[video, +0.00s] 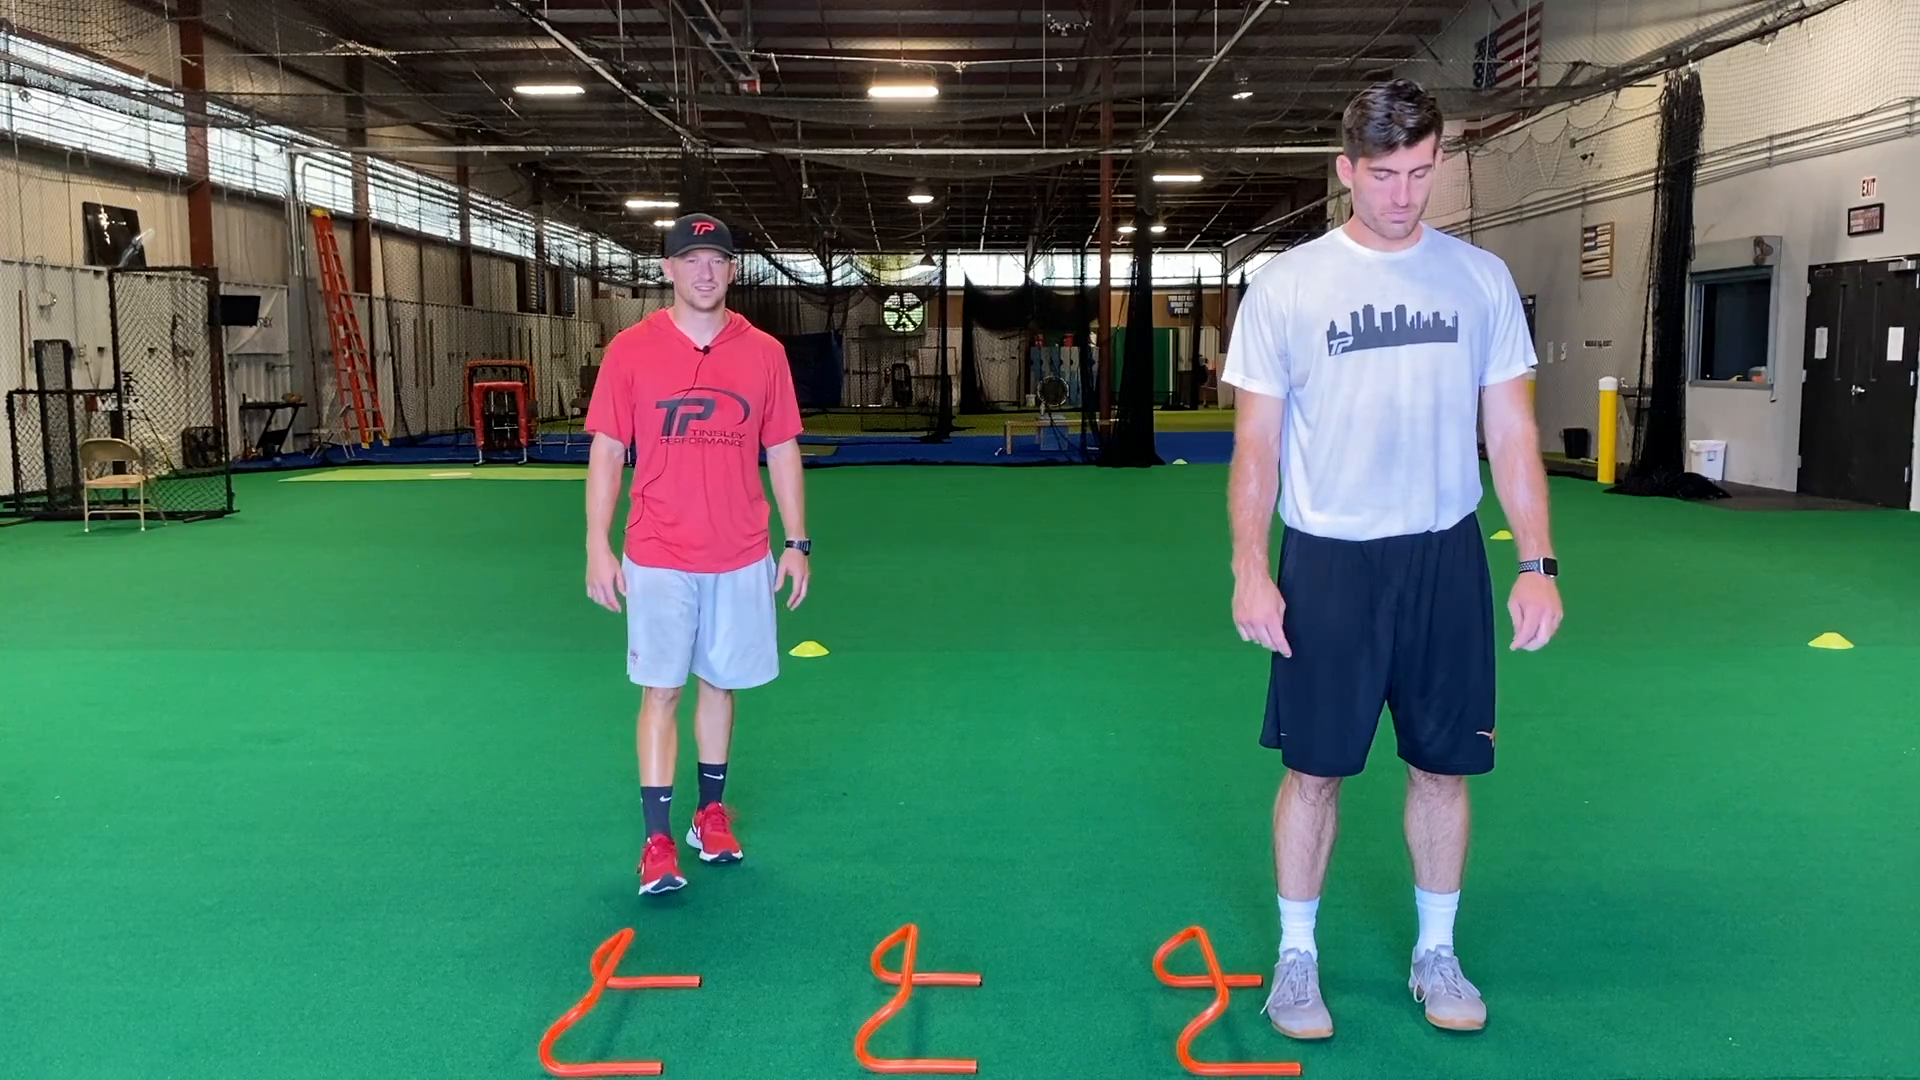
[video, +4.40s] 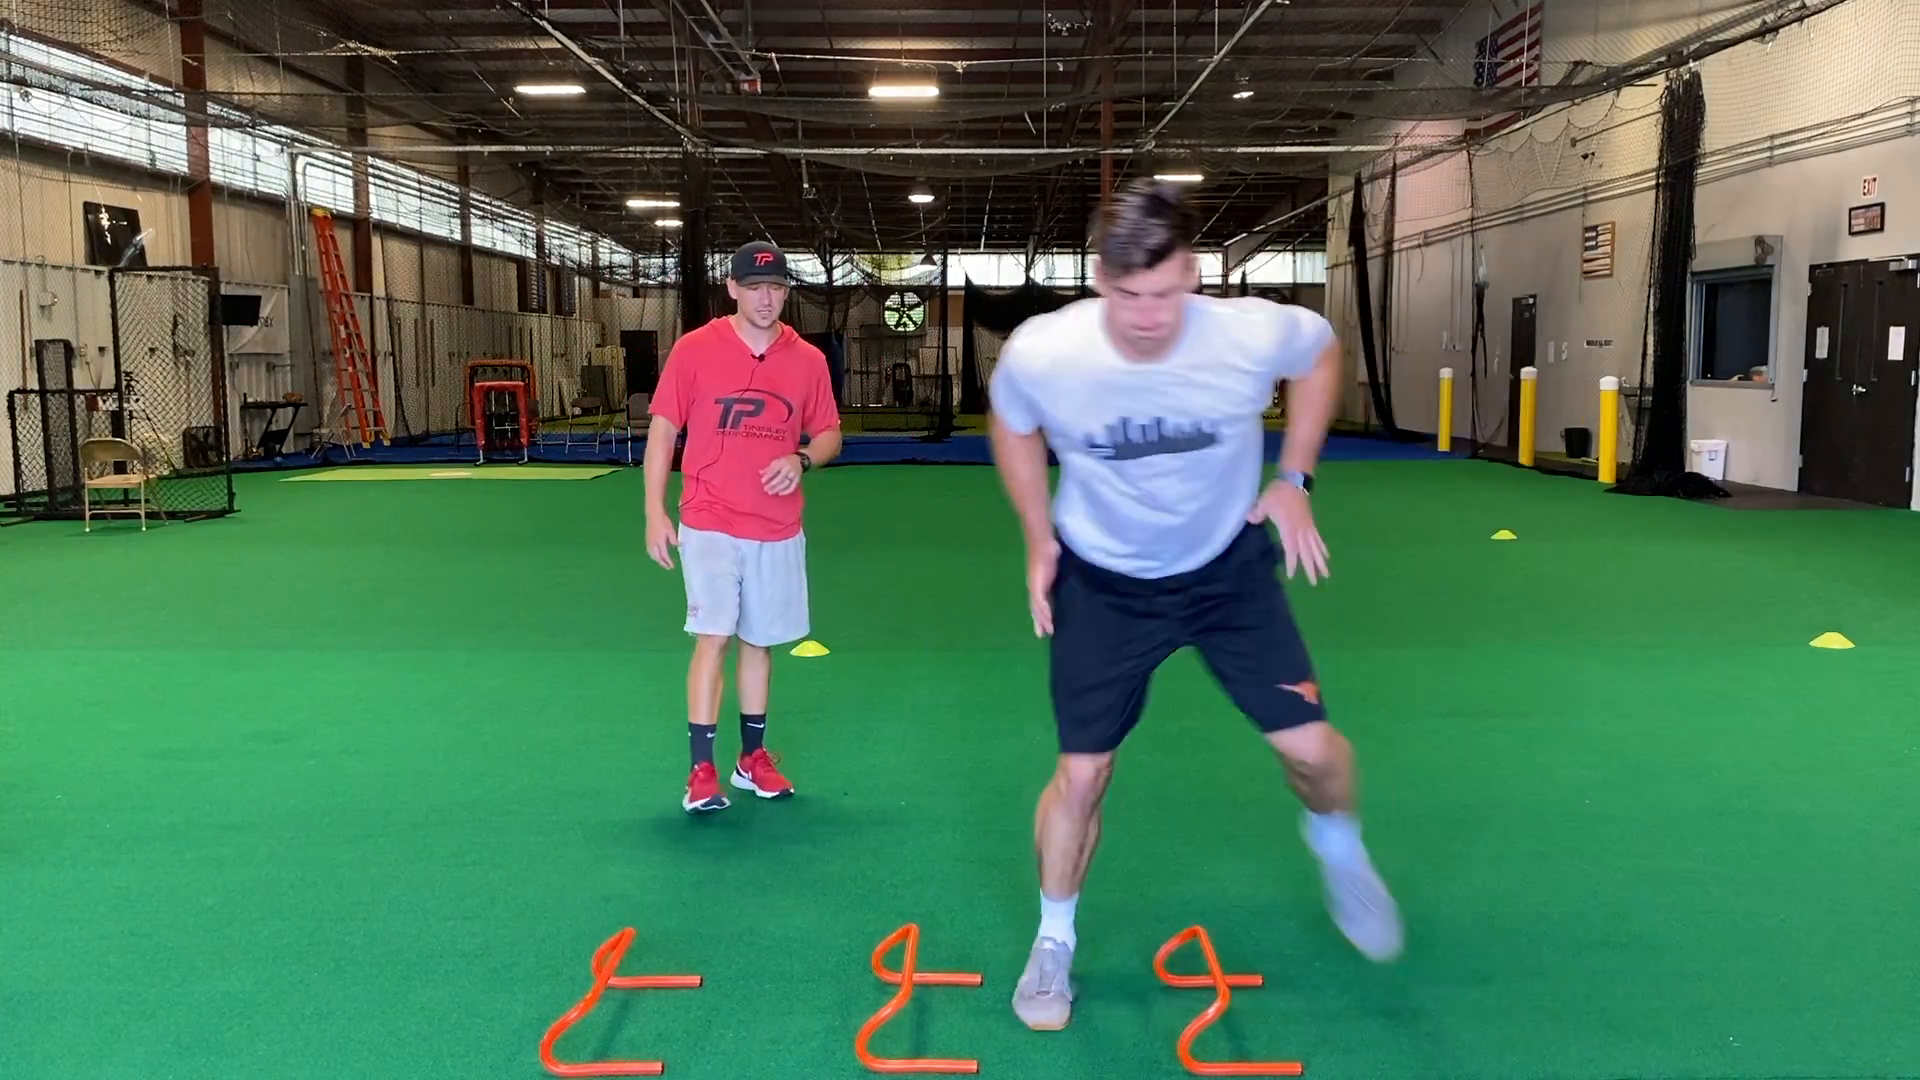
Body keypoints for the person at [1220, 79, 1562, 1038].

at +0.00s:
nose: (1405, 192)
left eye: (1421, 170)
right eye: (1387, 174)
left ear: (1440, 164)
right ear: (1347, 169)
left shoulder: (1481, 278)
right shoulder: (1283, 286)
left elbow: (1513, 435)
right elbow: (1255, 446)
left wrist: (1536, 561)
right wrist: (1251, 571)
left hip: (1445, 559)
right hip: (1328, 562)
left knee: (1444, 762)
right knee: (1315, 769)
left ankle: (1437, 956)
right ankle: (1296, 960)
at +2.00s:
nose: (1363, 234)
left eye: (1380, 215)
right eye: (1346, 215)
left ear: (1402, 194)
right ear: (1308, 191)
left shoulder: (1444, 274)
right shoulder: (1249, 298)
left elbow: (1479, 422)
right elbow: (1225, 458)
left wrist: (1497, 552)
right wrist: (1223, 590)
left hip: (1419, 557)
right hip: (1302, 564)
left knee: (1445, 759)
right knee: (1300, 766)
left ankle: (1437, 950)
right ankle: (1294, 959)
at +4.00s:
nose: (1396, 367)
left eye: (1414, 347)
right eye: (1377, 347)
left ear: (1436, 322)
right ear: (1338, 318)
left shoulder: (1476, 381)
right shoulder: (1257, 374)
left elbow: (1517, 467)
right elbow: (1192, 449)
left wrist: (1499, 598)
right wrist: (1214, 586)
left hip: (1394, 581)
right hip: (1275, 580)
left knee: (1418, 769)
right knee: (1288, 763)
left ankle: (1424, 958)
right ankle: (1300, 952)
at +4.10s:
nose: (1367, 377)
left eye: (1386, 357)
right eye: (1349, 357)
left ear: (1410, 334)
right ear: (1309, 329)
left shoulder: (1451, 409)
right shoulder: (1229, 380)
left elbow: (1487, 514)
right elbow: (1177, 440)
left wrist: (1461, 647)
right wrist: (1180, 571)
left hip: (1369, 578)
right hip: (1248, 573)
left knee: (1410, 772)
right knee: (1259, 756)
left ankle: (1421, 957)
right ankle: (1275, 871)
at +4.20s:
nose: (1316, 376)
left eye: (1336, 356)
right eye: (1298, 355)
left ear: (1363, 335)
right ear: (1262, 331)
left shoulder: (1408, 421)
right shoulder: (1197, 388)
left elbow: (1440, 527)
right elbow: (1138, 424)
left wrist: (1387, 628)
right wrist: (1126, 539)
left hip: (1341, 590)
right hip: (1216, 579)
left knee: (1400, 789)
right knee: (1199, 739)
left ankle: (1422, 961)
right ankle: (1190, 814)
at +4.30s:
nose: (1237, 342)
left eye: (1254, 322)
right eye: (1220, 322)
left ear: (1280, 298)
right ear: (1181, 302)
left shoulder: (1334, 371)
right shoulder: (1121, 364)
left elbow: (1390, 441)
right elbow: (1078, 403)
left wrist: (1331, 516)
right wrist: (1082, 521)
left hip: (1293, 582)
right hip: (1163, 572)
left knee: (1360, 764)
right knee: (1116, 735)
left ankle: (1423, 947)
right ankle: (1091, 877)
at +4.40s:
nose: (1149, 313)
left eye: (1165, 293)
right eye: (1130, 295)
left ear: (1193, 275)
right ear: (1099, 279)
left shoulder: (1250, 333)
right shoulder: (1039, 354)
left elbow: (1320, 349)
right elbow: (1010, 423)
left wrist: (1293, 478)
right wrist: (1038, 539)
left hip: (1230, 569)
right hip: (1103, 581)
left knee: (1315, 750)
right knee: (1081, 773)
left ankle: (1343, 857)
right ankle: (1053, 942)